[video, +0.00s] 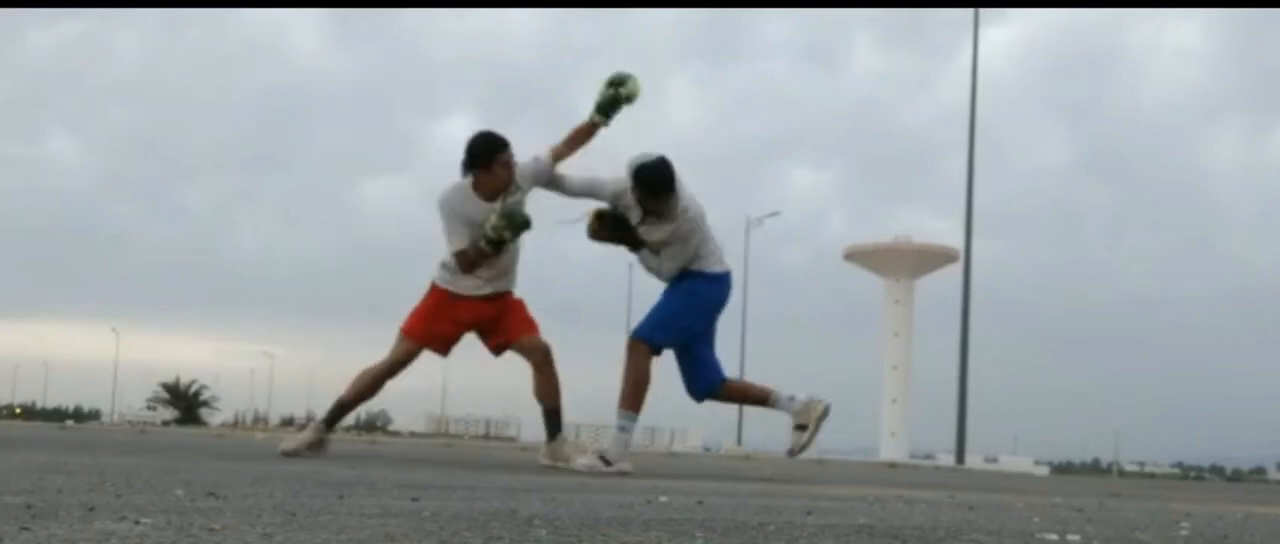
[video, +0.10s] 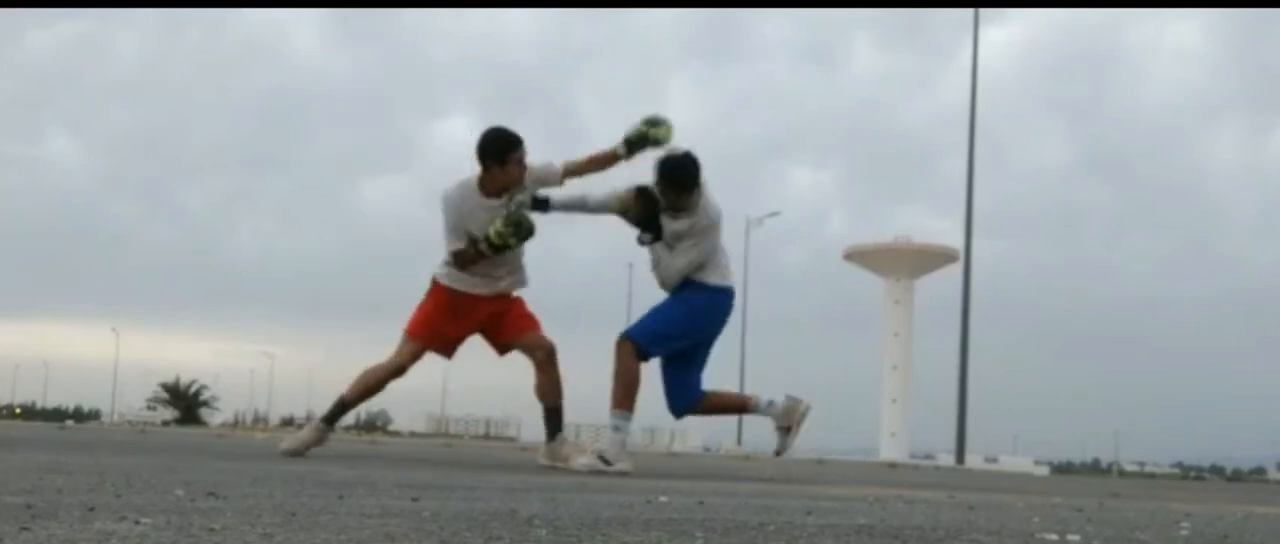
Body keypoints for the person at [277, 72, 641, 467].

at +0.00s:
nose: (513, 172)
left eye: (512, 164)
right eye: (505, 167)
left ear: (508, 166)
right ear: (482, 172)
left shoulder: (524, 178)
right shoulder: (454, 200)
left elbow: (565, 149)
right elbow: (466, 263)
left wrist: (602, 115)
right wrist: (502, 236)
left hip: (499, 299)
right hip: (450, 297)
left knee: (542, 354)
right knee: (393, 363)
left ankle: (556, 445)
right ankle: (321, 428)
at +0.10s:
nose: (523, 173)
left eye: (523, 166)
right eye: (517, 167)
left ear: (515, 165)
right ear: (493, 168)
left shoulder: (524, 181)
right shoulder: (459, 199)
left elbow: (577, 169)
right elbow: (459, 261)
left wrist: (628, 148)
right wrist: (497, 240)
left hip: (502, 301)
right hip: (452, 298)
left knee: (545, 351)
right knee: (397, 365)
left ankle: (555, 445)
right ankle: (322, 426)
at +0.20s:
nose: (517, 146)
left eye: (517, 139)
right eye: (510, 139)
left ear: (508, 141)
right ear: (486, 141)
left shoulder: (521, 169)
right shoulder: (453, 178)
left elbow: (573, 198)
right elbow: (462, 240)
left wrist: (613, 198)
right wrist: (500, 214)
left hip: (493, 294)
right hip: (444, 287)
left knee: (534, 353)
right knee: (394, 346)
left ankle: (553, 444)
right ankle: (326, 415)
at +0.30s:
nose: (502, 118)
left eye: (503, 110)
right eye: (496, 110)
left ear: (484, 114)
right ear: (472, 113)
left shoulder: (498, 156)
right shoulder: (438, 154)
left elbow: (501, 214)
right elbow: (438, 219)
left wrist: (538, 227)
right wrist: (481, 195)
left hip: (480, 274)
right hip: (431, 267)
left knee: (516, 351)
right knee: (388, 340)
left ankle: (550, 441)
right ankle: (331, 421)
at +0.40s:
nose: (489, 112)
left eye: (489, 105)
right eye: (483, 104)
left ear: (466, 108)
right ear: (459, 106)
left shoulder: (468, 156)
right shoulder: (425, 143)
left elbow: (452, 216)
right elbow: (418, 204)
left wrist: (482, 237)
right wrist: (462, 187)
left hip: (457, 268)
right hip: (414, 263)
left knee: (500, 346)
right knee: (385, 348)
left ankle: (527, 439)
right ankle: (335, 430)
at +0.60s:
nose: (476, 100)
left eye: (476, 93)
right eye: (471, 92)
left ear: (454, 94)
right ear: (449, 92)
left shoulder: (454, 141)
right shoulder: (416, 125)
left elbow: (430, 197)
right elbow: (425, 178)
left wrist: (459, 217)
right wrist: (469, 159)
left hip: (441, 258)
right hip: (402, 254)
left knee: (481, 338)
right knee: (375, 343)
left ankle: (509, 432)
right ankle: (334, 429)